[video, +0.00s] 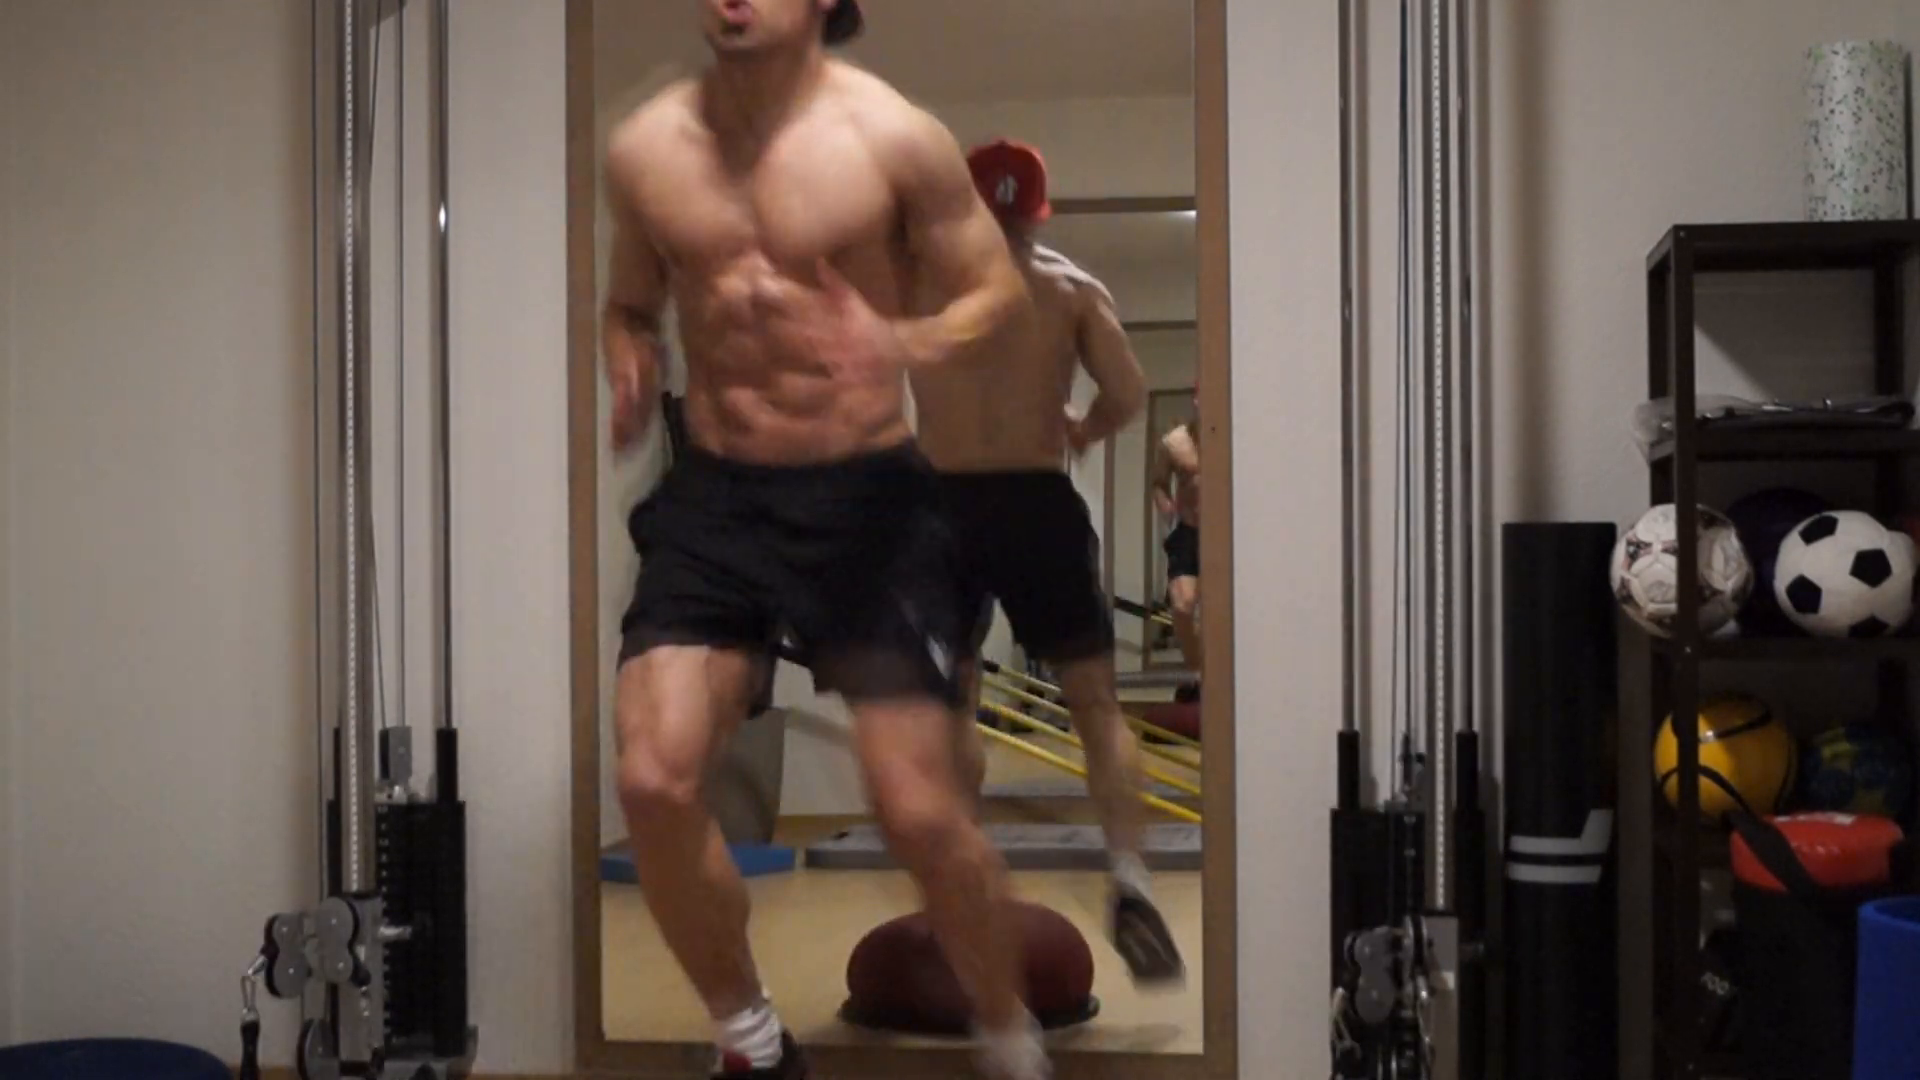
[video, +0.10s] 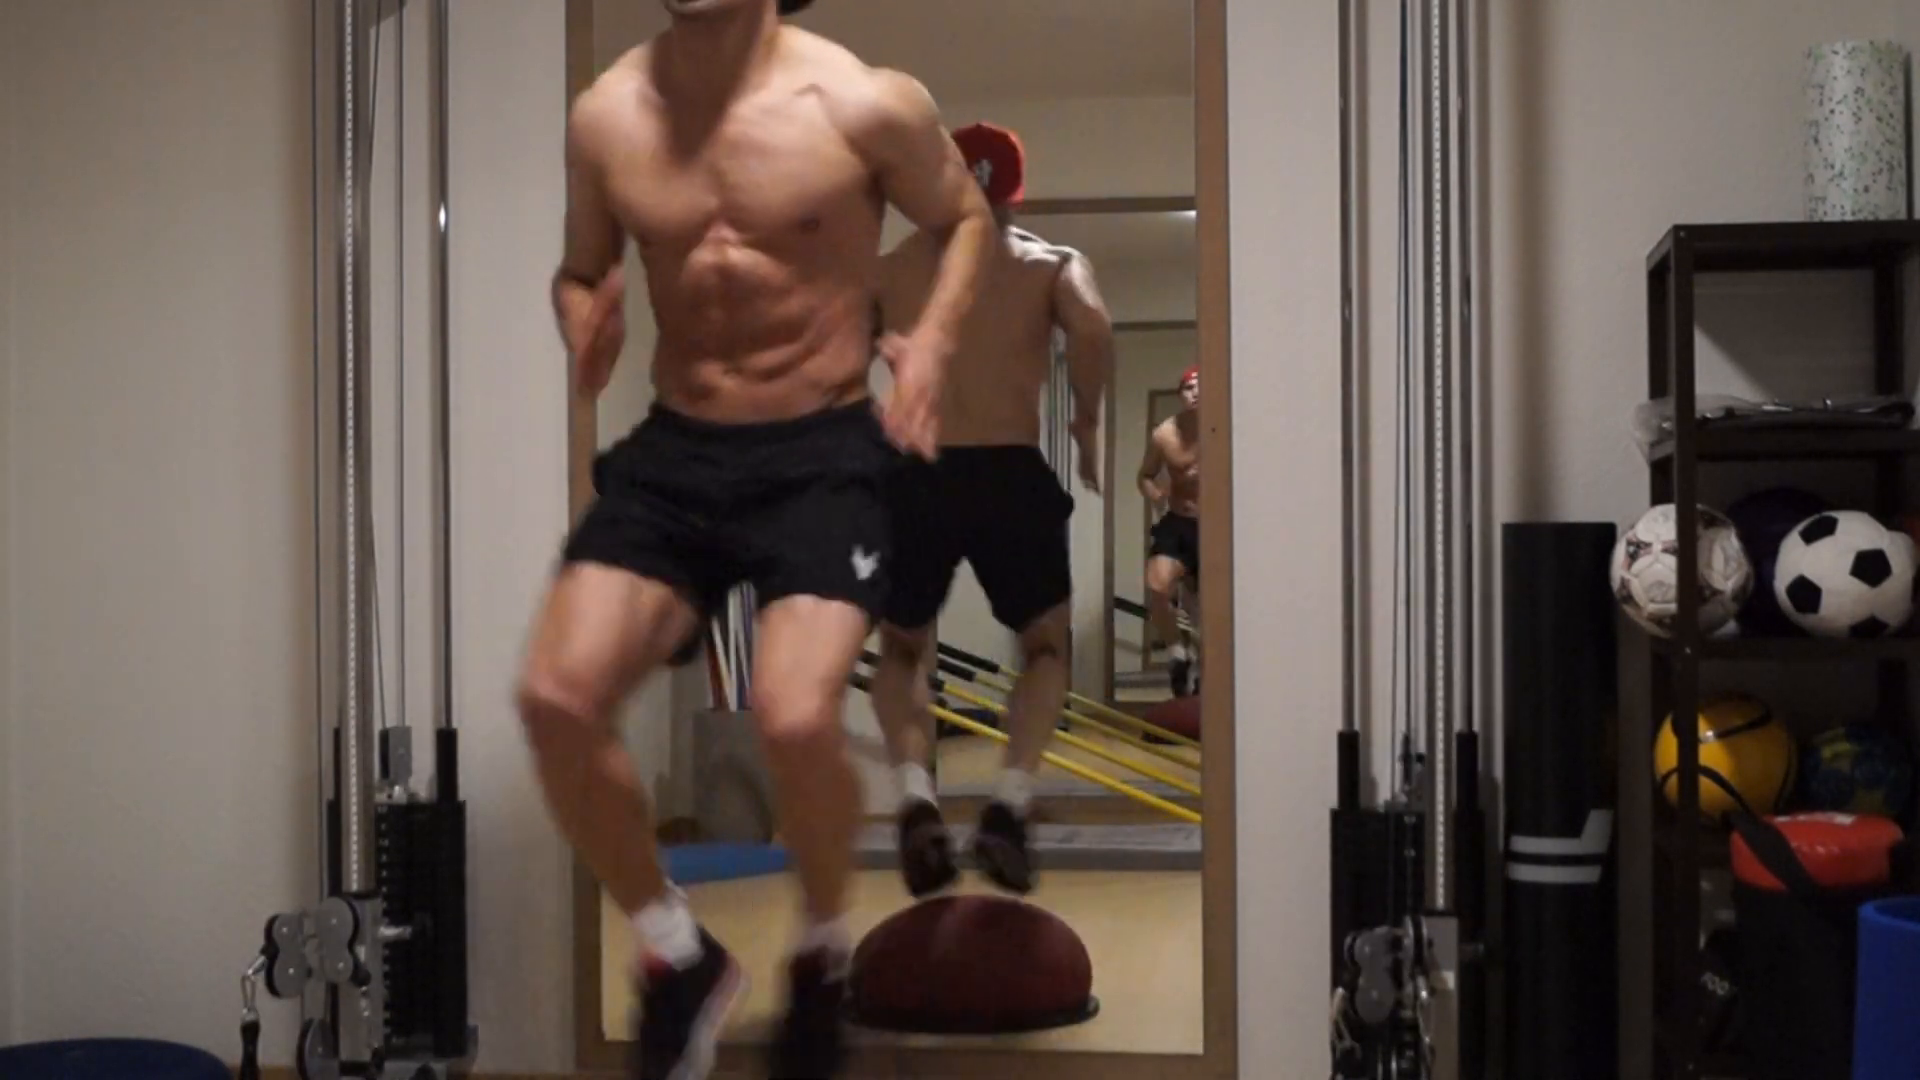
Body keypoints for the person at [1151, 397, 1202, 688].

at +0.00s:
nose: (1201, 403)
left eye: (1207, 395)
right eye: (1199, 395)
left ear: (1219, 401)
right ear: (1194, 400)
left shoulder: (1227, 441)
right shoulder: (1176, 442)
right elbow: (1159, 482)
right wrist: (1166, 503)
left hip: (1221, 531)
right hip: (1188, 530)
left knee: (1220, 606)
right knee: (1183, 603)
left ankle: (1216, 677)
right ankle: (1193, 671)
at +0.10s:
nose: (1192, 394)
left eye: (1197, 387)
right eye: (1187, 388)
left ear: (1208, 391)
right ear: (1180, 395)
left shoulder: (1218, 429)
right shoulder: (1165, 435)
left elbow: (1232, 467)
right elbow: (1145, 475)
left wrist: (1220, 492)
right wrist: (1156, 494)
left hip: (1211, 522)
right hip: (1177, 520)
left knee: (1212, 605)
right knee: (1158, 585)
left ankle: (1208, 670)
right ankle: (1176, 649)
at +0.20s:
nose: (1190, 396)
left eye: (1196, 389)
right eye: (1184, 390)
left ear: (1205, 395)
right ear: (1176, 396)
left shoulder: (1213, 435)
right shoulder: (1157, 437)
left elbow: (1228, 475)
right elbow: (1133, 470)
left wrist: (1222, 511)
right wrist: (1135, 509)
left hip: (1207, 524)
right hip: (1169, 522)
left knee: (1215, 603)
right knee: (1141, 591)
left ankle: (1206, 673)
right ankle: (1150, 658)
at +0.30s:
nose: (1185, 407)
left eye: (1191, 401)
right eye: (1178, 401)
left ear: (1200, 407)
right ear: (1169, 407)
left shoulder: (1208, 445)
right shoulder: (1146, 448)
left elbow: (1223, 485)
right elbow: (1125, 483)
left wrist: (1216, 524)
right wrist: (1128, 518)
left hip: (1196, 542)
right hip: (1155, 541)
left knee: (1203, 608)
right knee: (1134, 624)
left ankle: (1199, 673)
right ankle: (1114, 693)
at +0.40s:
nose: (1177, 419)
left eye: (1185, 413)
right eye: (1171, 413)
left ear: (1196, 421)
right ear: (1163, 419)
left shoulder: (1204, 457)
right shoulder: (1142, 459)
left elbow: (1219, 498)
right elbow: (1121, 508)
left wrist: (1205, 527)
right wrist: (1141, 526)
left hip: (1192, 550)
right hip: (1150, 549)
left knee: (1203, 591)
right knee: (1130, 634)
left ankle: (1206, 670)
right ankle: (1114, 703)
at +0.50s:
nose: (1184, 404)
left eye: (1191, 398)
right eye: (1177, 398)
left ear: (1200, 403)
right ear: (1168, 404)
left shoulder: (1208, 442)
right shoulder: (1148, 443)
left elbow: (1224, 481)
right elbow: (1121, 484)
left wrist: (1209, 505)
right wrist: (1136, 505)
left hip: (1198, 533)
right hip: (1158, 533)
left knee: (1207, 612)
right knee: (1137, 617)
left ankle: (1202, 681)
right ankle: (1121, 685)